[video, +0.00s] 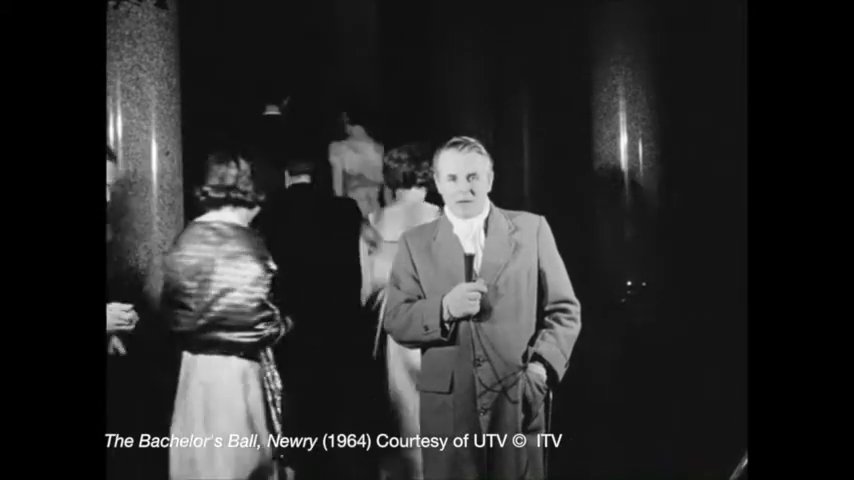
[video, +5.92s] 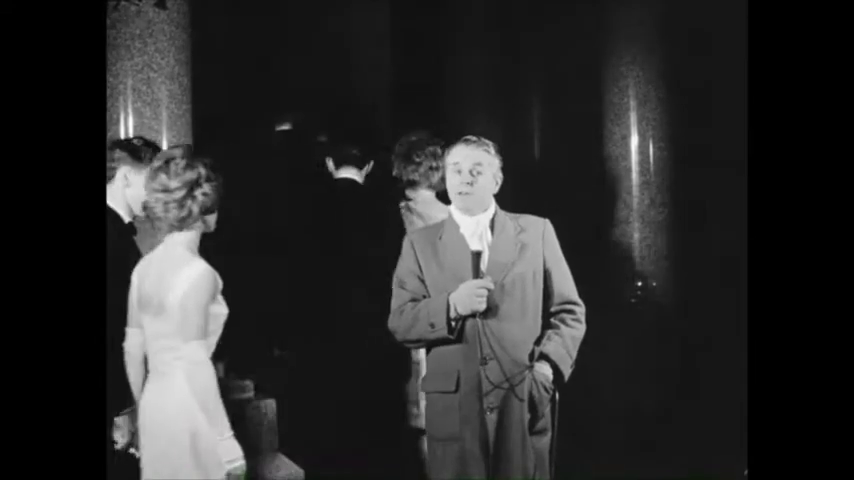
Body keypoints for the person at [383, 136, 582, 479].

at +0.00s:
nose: (463, 188)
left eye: (473, 177)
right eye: (452, 178)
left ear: (490, 180)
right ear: (437, 184)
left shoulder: (532, 229)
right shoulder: (414, 242)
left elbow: (563, 309)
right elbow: (396, 318)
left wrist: (542, 366)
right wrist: (443, 309)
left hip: (517, 398)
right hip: (446, 400)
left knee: (521, 474)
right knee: (446, 474)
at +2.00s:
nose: (468, 176)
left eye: (478, 167)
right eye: (457, 168)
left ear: (495, 178)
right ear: (442, 183)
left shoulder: (535, 231)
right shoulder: (420, 243)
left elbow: (566, 309)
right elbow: (399, 320)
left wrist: (544, 363)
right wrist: (446, 305)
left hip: (519, 398)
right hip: (449, 400)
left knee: (522, 474)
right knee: (449, 473)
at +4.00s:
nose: (472, 179)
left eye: (483, 171)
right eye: (464, 170)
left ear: (505, 180)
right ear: (453, 178)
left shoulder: (545, 232)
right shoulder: (428, 241)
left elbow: (577, 311)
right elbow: (409, 320)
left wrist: (554, 367)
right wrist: (457, 308)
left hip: (527, 399)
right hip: (457, 400)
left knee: (529, 475)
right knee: (459, 474)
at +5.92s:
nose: (466, 178)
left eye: (477, 169)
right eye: (456, 169)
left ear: (497, 181)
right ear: (444, 180)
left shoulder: (536, 232)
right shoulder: (419, 243)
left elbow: (568, 311)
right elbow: (400, 321)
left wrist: (548, 365)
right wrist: (450, 306)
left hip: (522, 397)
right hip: (451, 399)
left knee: (524, 475)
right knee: (454, 474)